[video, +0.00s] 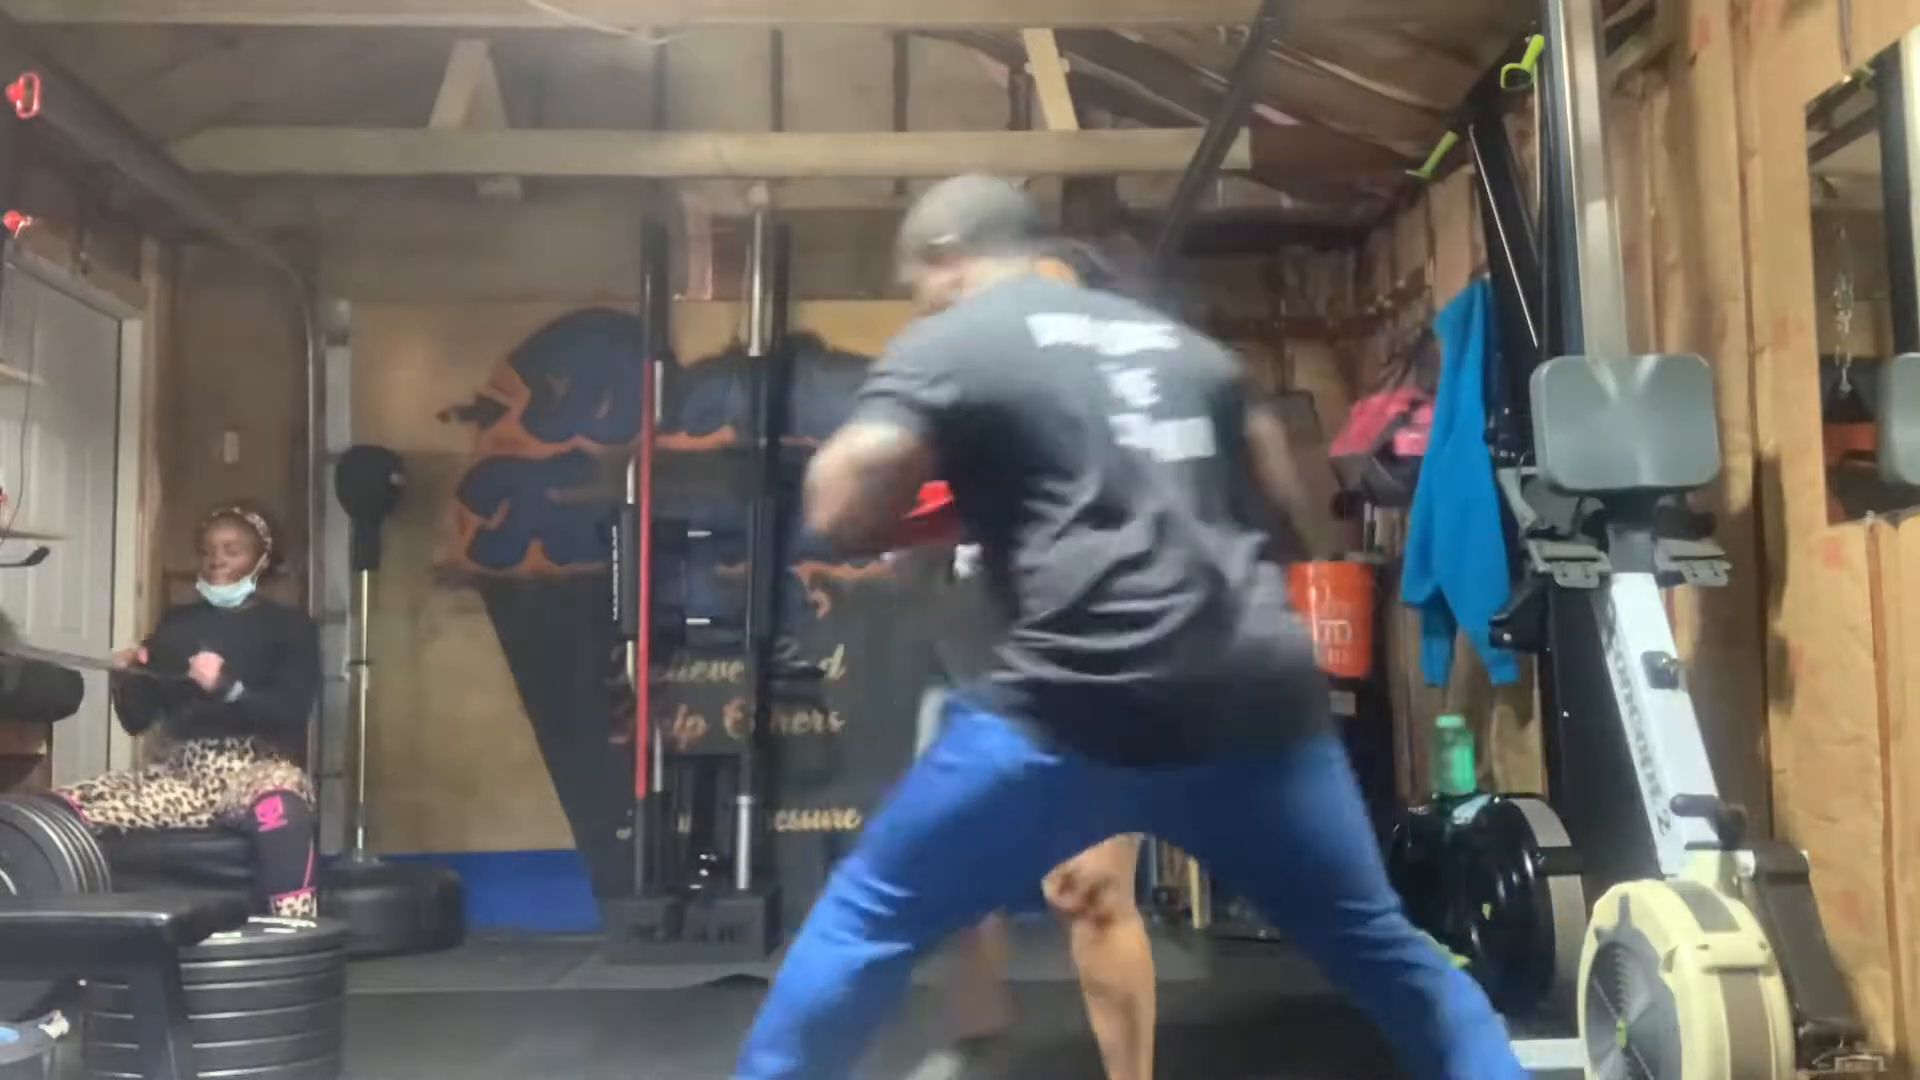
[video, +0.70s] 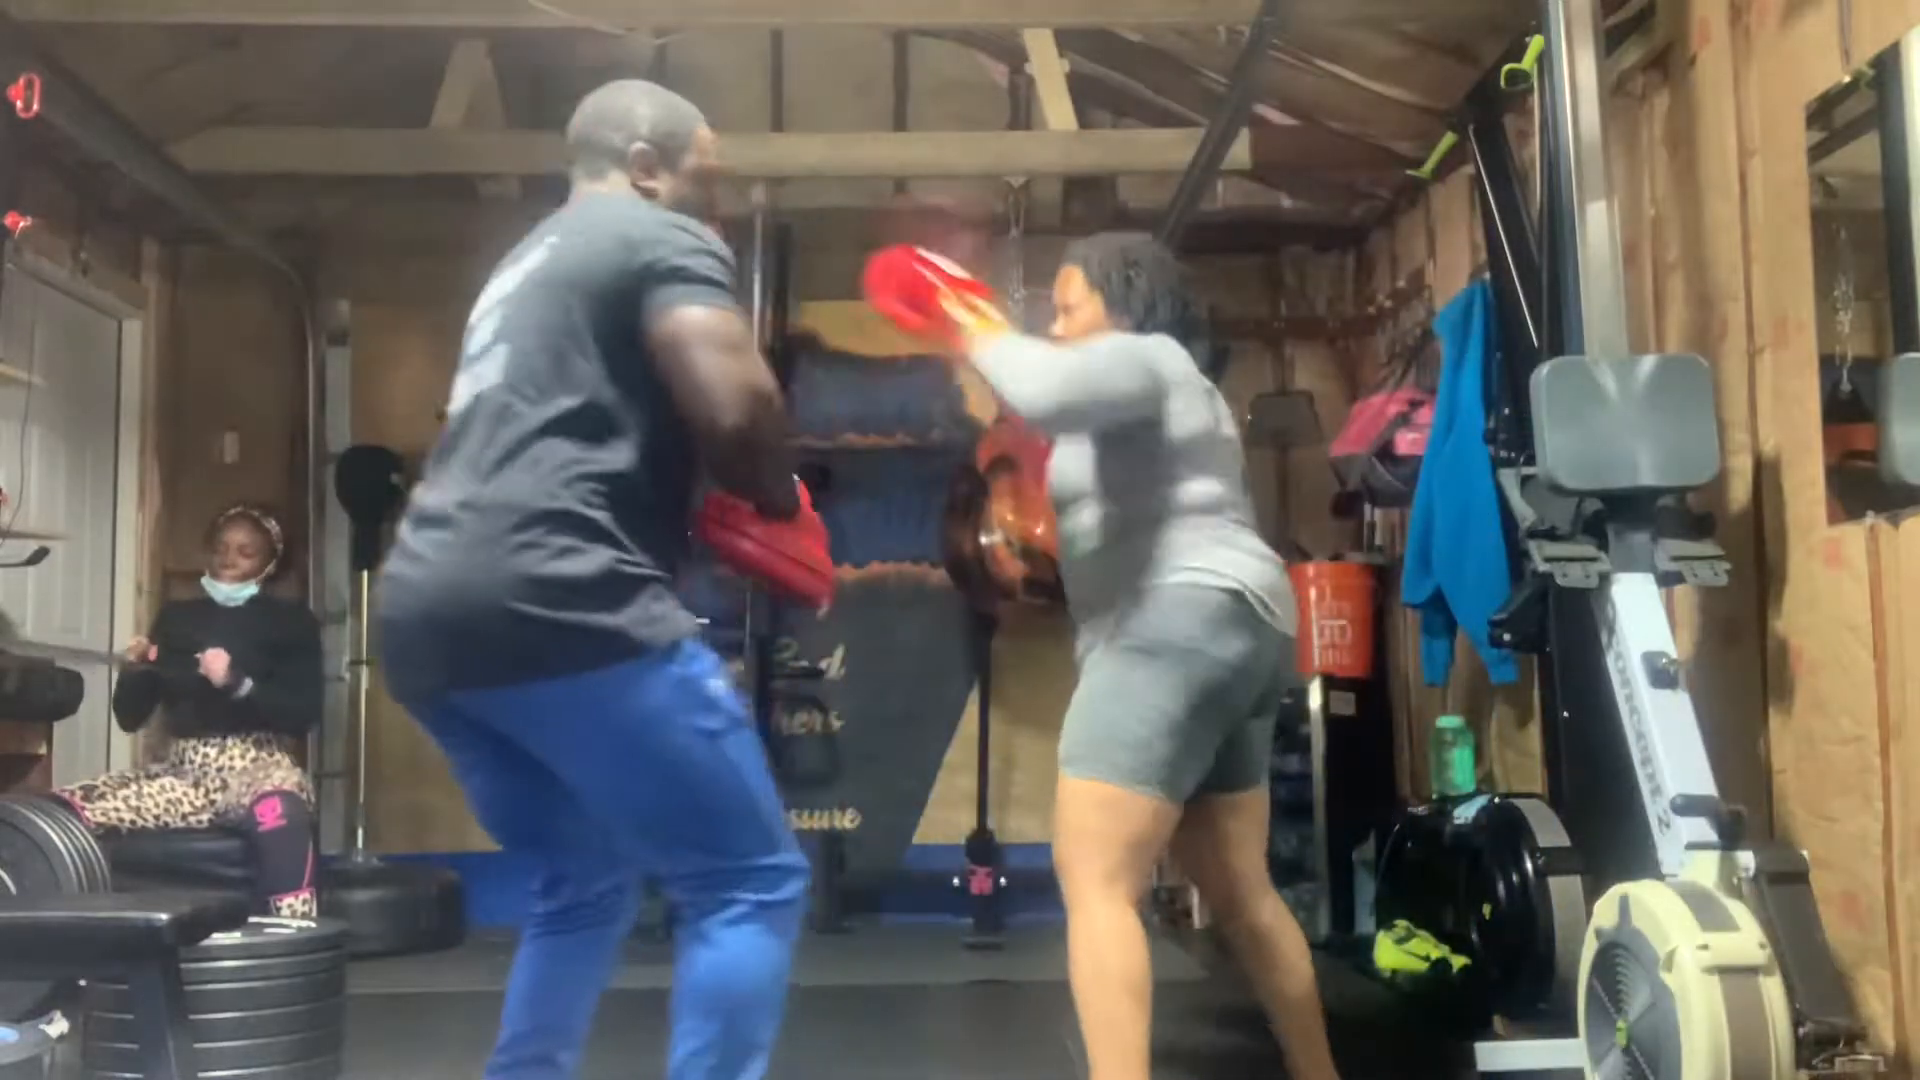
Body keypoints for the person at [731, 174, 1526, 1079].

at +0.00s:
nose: (916, 303)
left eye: (915, 287)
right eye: (912, 287)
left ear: (947, 265)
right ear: (1044, 251)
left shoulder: (947, 338)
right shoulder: (1187, 341)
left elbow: (841, 508)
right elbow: (1289, 505)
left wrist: (895, 538)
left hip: (1069, 704)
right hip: (1262, 707)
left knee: (869, 916)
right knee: (1378, 943)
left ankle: (770, 1071)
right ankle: (1503, 1073)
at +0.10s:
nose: (784, 311)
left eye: (786, 296)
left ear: (806, 287)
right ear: (920, 266)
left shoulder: (790, 367)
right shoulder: (1036, 350)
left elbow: (720, 556)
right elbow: (1136, 504)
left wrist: (794, 515)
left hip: (939, 673)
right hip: (1130, 665)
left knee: (758, 894)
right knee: (1284, 920)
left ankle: (696, 1069)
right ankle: (1449, 1073)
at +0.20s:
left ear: (719, 287)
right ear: (831, 268)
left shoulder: (679, 376)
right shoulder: (944, 342)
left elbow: (639, 573)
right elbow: (1031, 508)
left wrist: (713, 515)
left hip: (830, 658)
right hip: (1022, 649)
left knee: (672, 896)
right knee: (1152, 920)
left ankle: (665, 1072)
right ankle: (1285, 1071)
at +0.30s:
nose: (791, 263)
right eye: (789, 252)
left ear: (672, 271)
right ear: (774, 248)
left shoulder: (610, 371)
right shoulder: (886, 324)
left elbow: (599, 564)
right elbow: (969, 488)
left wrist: (682, 490)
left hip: (728, 657)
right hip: (928, 648)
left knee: (626, 904)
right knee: (1005, 918)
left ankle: (639, 1069)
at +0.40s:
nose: (770, 240)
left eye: (765, 231)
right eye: (765, 227)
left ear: (643, 236)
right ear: (737, 220)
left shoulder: (561, 356)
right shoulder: (833, 293)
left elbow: (568, 541)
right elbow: (909, 407)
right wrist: (935, 508)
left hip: (645, 652)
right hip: (834, 648)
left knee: (615, 891)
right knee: (902, 915)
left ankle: (630, 1069)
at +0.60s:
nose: (728, 211)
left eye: (727, 196)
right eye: (721, 195)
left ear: (604, 187)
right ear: (674, 186)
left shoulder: (521, 297)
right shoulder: (725, 259)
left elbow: (524, 470)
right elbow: (821, 432)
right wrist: (797, 519)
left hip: (488, 634)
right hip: (646, 625)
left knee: (620, 895)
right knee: (818, 902)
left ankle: (540, 1073)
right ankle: (774, 1073)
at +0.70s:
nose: (716, 198)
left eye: (716, 176)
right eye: (705, 177)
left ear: (596, 170)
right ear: (652, 166)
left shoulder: (527, 255)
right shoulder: (662, 239)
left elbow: (545, 431)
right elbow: (736, 406)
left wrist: (697, 504)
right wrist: (774, 494)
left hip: (420, 604)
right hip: (560, 591)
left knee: (579, 890)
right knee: (748, 884)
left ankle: (523, 1073)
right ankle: (709, 1070)